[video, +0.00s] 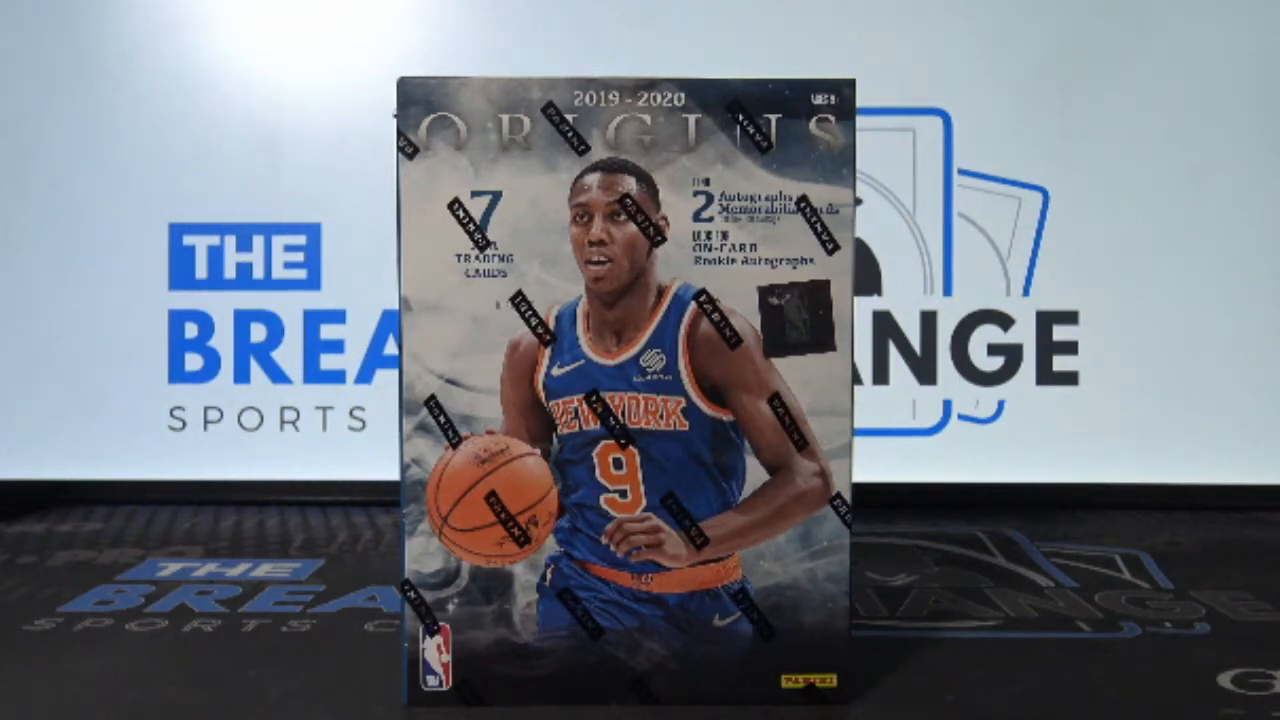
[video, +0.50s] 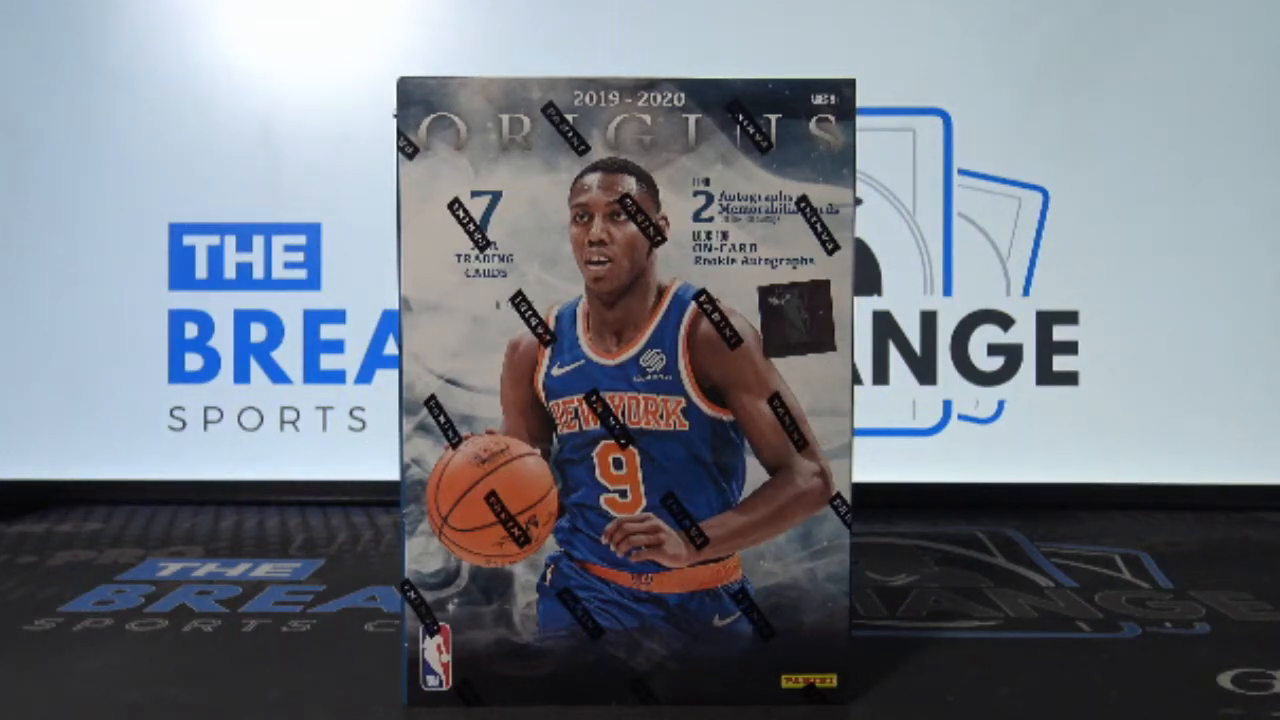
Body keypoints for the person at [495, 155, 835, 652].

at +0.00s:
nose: (595, 235)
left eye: (617, 216)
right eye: (581, 218)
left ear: (657, 230)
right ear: (569, 232)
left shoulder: (713, 334)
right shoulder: (534, 353)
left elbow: (809, 476)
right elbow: (526, 487)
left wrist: (695, 542)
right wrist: (474, 474)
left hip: (698, 611)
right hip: (584, 604)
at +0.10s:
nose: (595, 235)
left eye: (618, 216)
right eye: (581, 218)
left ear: (657, 230)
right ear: (569, 232)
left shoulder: (712, 334)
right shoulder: (534, 353)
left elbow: (810, 476)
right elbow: (525, 487)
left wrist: (695, 542)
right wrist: (476, 472)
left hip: (698, 611)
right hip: (583, 604)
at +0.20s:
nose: (595, 235)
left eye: (618, 216)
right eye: (581, 218)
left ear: (657, 231)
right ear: (569, 232)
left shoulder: (712, 334)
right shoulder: (534, 353)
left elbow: (809, 477)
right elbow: (527, 489)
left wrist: (695, 542)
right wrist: (477, 471)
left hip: (699, 613)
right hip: (583, 606)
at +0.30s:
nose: (595, 235)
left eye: (618, 216)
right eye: (581, 218)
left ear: (657, 230)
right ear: (569, 232)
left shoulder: (712, 334)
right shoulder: (534, 353)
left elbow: (810, 476)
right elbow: (527, 488)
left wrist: (695, 542)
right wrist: (481, 469)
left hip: (698, 613)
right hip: (583, 606)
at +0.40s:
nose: (595, 235)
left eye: (617, 216)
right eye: (581, 218)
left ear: (657, 230)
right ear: (569, 232)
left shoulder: (712, 334)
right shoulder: (534, 353)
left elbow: (809, 476)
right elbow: (529, 488)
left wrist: (695, 542)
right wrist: (481, 470)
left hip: (698, 612)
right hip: (583, 605)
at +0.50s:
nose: (595, 235)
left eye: (617, 216)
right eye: (581, 218)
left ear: (657, 230)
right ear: (569, 232)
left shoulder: (712, 334)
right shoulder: (534, 353)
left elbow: (809, 476)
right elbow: (529, 488)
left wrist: (695, 542)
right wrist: (481, 470)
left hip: (698, 612)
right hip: (583, 605)